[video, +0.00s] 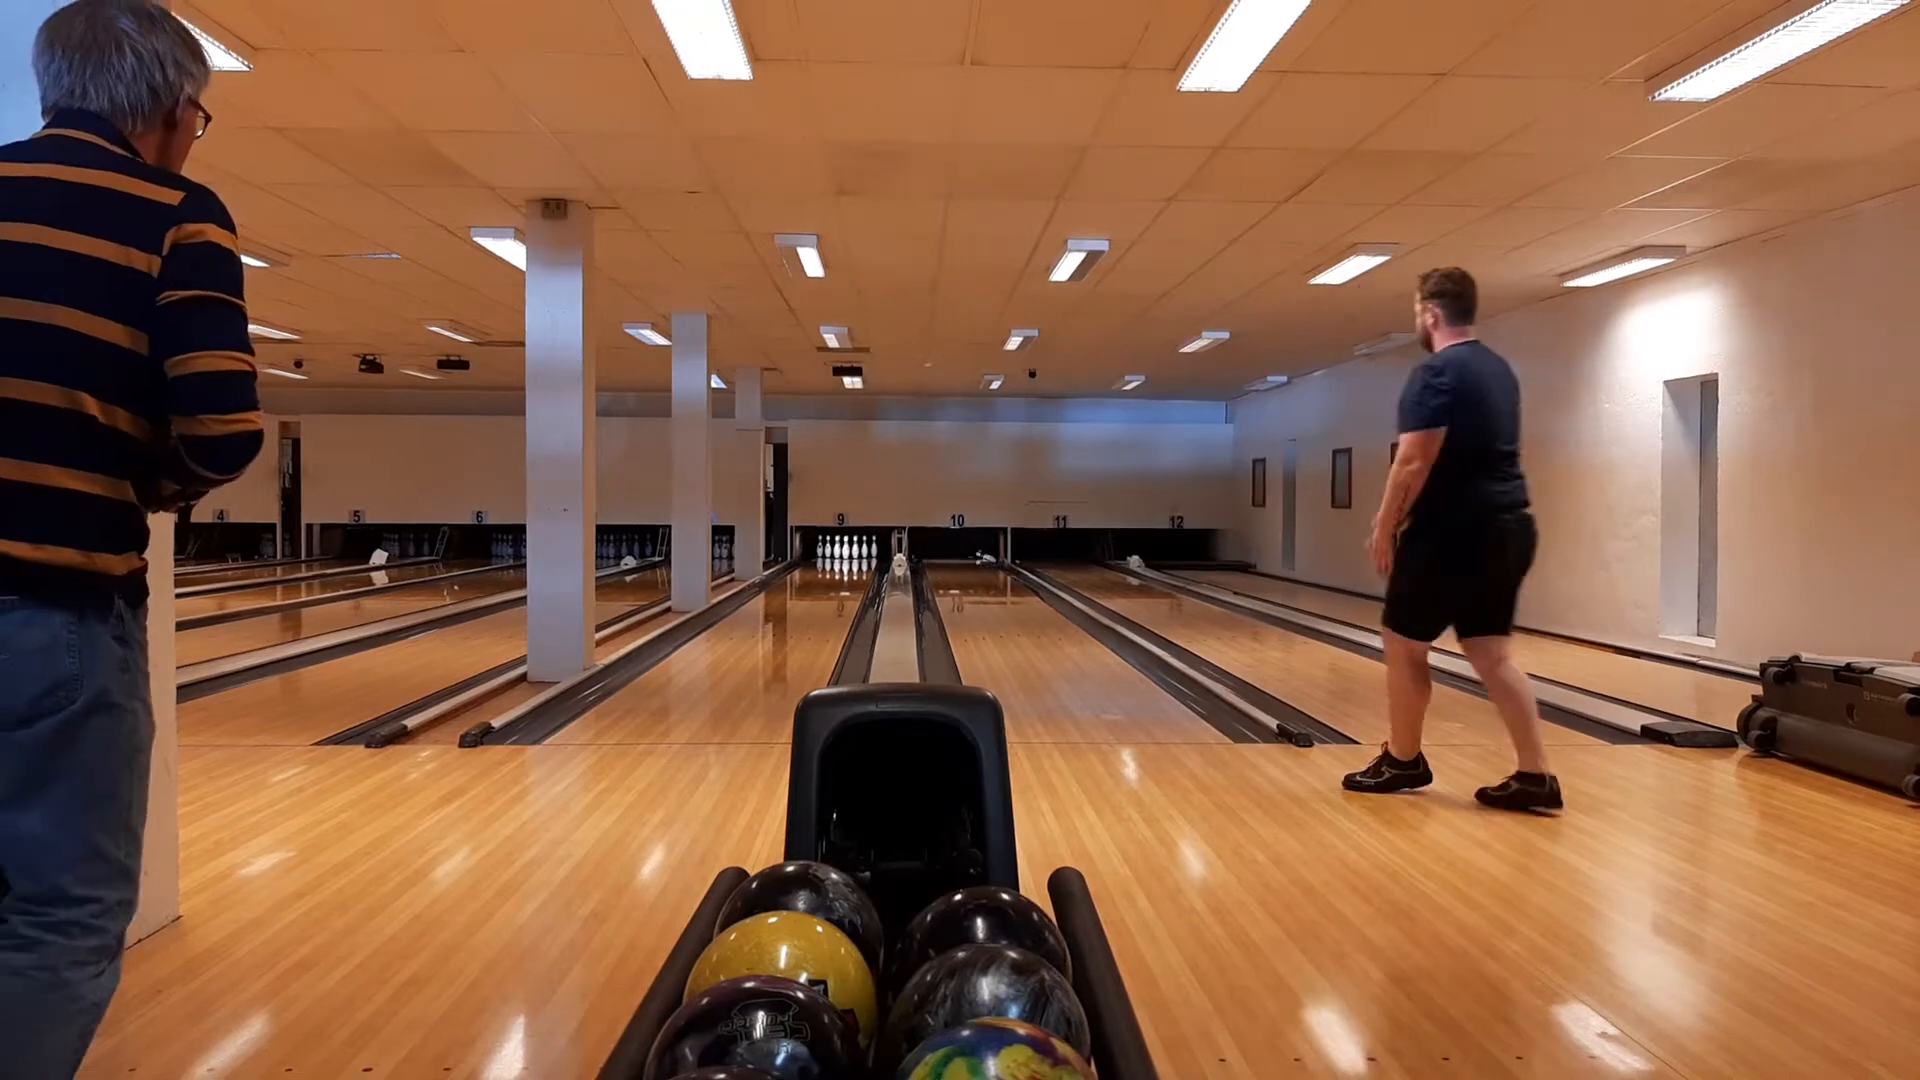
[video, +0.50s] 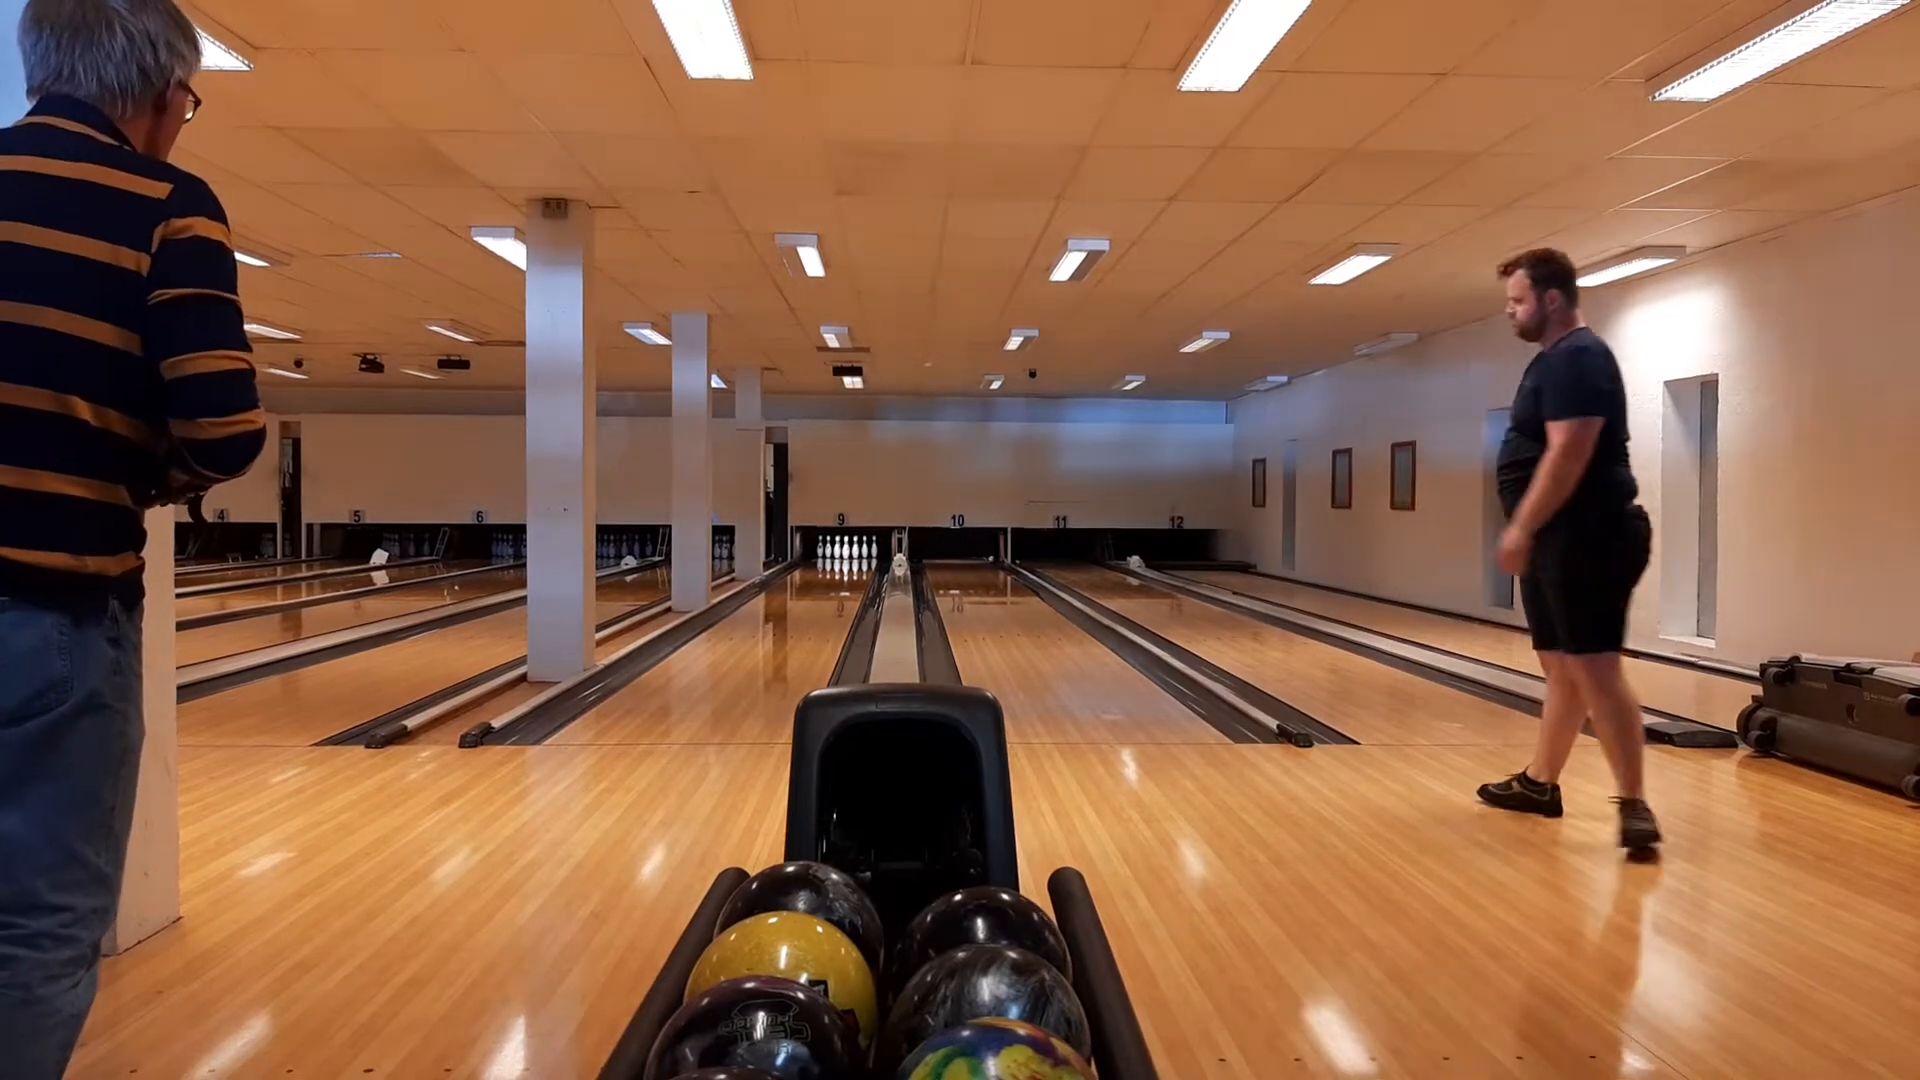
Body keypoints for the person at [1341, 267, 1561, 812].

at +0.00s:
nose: (1417, 321)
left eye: (1417, 313)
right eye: (1419, 312)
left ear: (1430, 314)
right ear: (1470, 313)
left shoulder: (1436, 373)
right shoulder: (1499, 370)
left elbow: (1414, 461)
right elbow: (1492, 456)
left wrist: (1383, 528)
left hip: (1447, 530)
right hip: (1508, 526)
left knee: (1403, 639)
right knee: (1490, 650)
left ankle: (1403, 759)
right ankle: (1535, 776)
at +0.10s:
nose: (1435, 323)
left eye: (1436, 313)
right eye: (1437, 313)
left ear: (1451, 312)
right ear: (1487, 312)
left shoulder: (1460, 371)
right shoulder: (1517, 366)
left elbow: (1427, 461)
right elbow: (1499, 453)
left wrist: (1393, 499)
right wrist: (1417, 492)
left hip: (1475, 530)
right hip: (1534, 525)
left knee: (1435, 650)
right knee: (1517, 658)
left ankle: (1412, 763)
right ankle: (1537, 782)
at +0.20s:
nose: (1452, 324)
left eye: (1452, 312)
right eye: (1451, 313)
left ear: (1471, 306)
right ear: (1502, 305)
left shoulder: (1490, 359)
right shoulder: (1534, 357)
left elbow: (1450, 446)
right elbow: (1496, 455)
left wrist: (1408, 482)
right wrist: (1434, 491)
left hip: (1504, 524)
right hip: (1554, 520)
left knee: (1467, 648)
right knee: (1535, 653)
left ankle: (1459, 775)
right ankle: (1538, 783)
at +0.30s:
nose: (1468, 324)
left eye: (1469, 312)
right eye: (1466, 314)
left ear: (1496, 305)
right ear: (1511, 306)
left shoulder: (1516, 357)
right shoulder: (1547, 354)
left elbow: (1482, 441)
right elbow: (1523, 456)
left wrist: (1434, 483)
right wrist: (1467, 503)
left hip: (1530, 521)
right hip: (1568, 518)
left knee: (1494, 644)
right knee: (1550, 649)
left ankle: (1527, 783)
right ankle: (1540, 784)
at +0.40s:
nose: (1488, 318)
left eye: (1492, 306)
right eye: (1487, 308)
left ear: (1525, 301)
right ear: (1530, 303)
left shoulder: (1547, 357)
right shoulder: (1554, 355)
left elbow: (1524, 447)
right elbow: (1547, 457)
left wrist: (1470, 504)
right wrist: (1508, 521)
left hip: (1565, 526)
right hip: (1562, 524)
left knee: (1549, 658)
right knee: (1556, 657)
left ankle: (1593, 795)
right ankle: (1541, 781)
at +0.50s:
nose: (1509, 312)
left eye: (1515, 301)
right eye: (1508, 302)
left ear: (1551, 299)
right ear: (1548, 301)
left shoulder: (1576, 356)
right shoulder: (1557, 359)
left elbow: (1570, 448)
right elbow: (1565, 449)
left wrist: (1521, 526)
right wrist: (1527, 527)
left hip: (1588, 531)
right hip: (1555, 532)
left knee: (1597, 669)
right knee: (1559, 664)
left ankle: (1634, 806)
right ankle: (1541, 783)